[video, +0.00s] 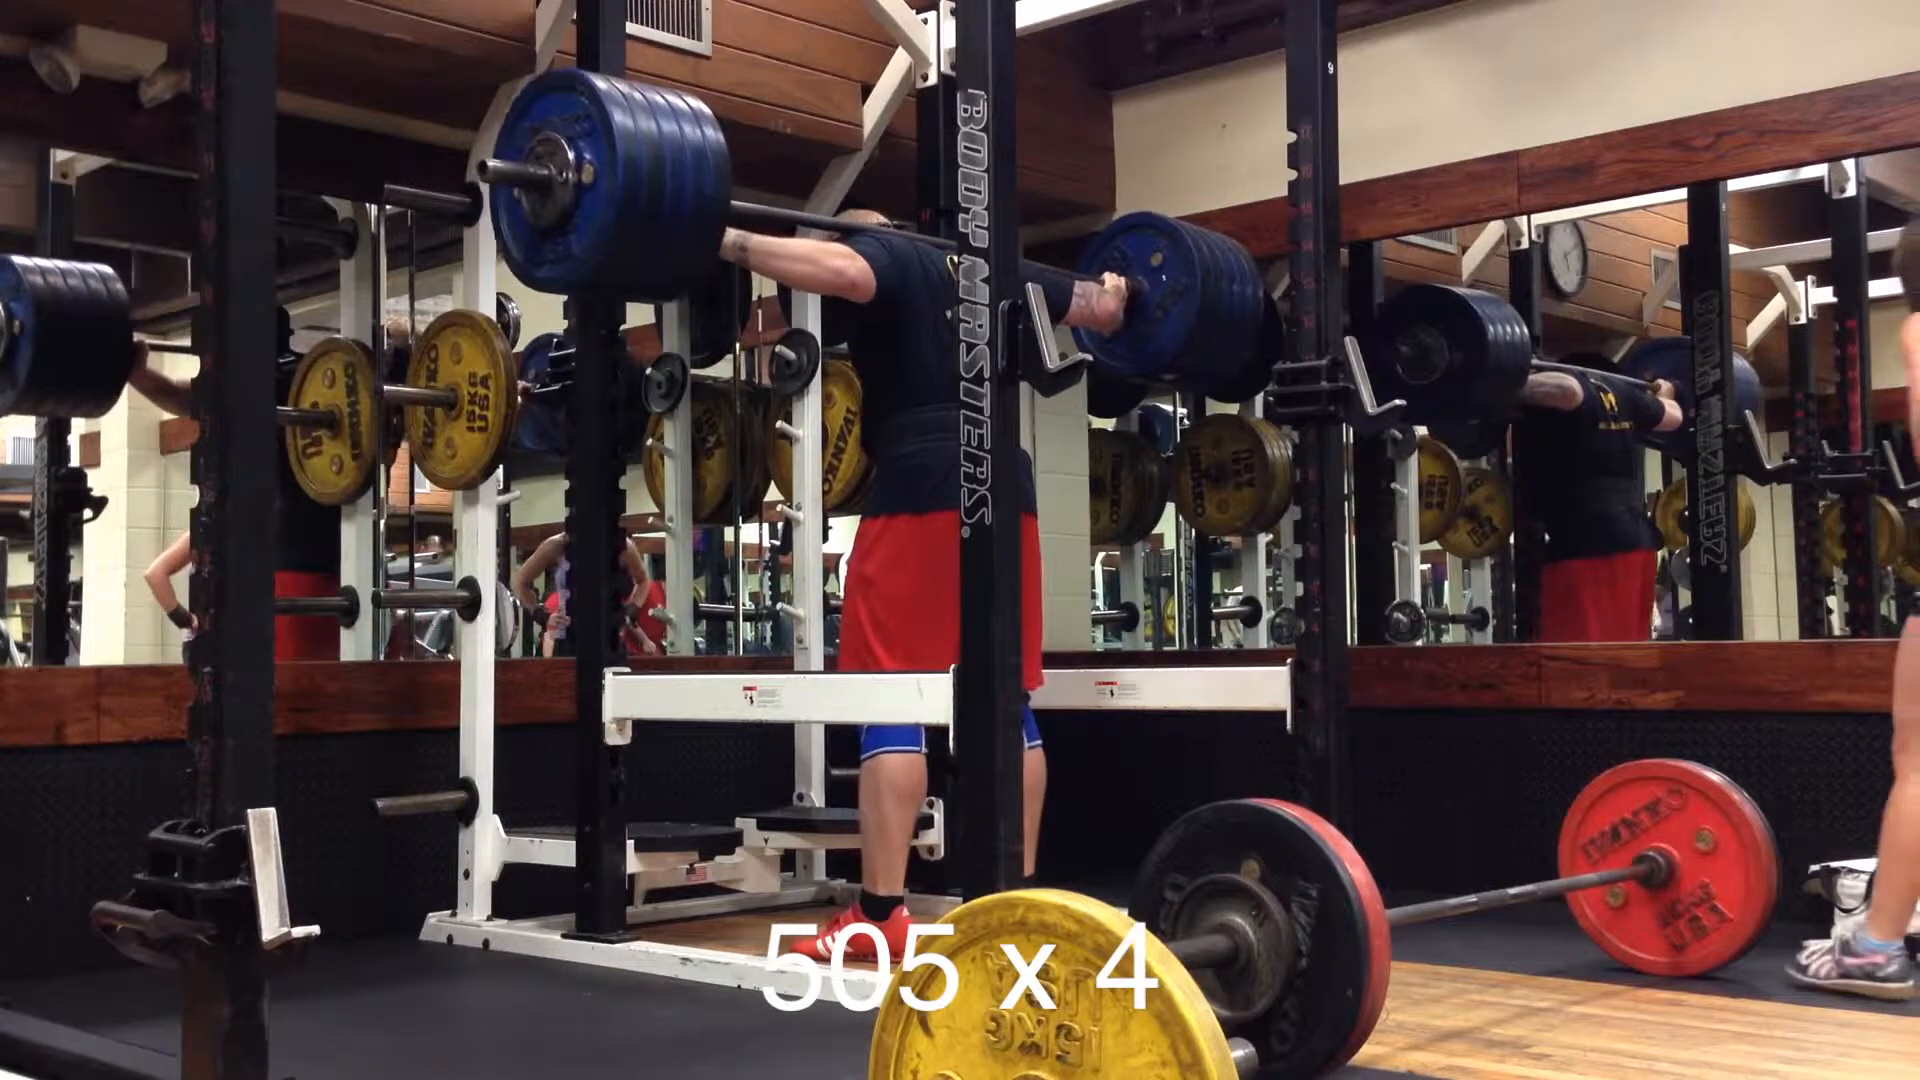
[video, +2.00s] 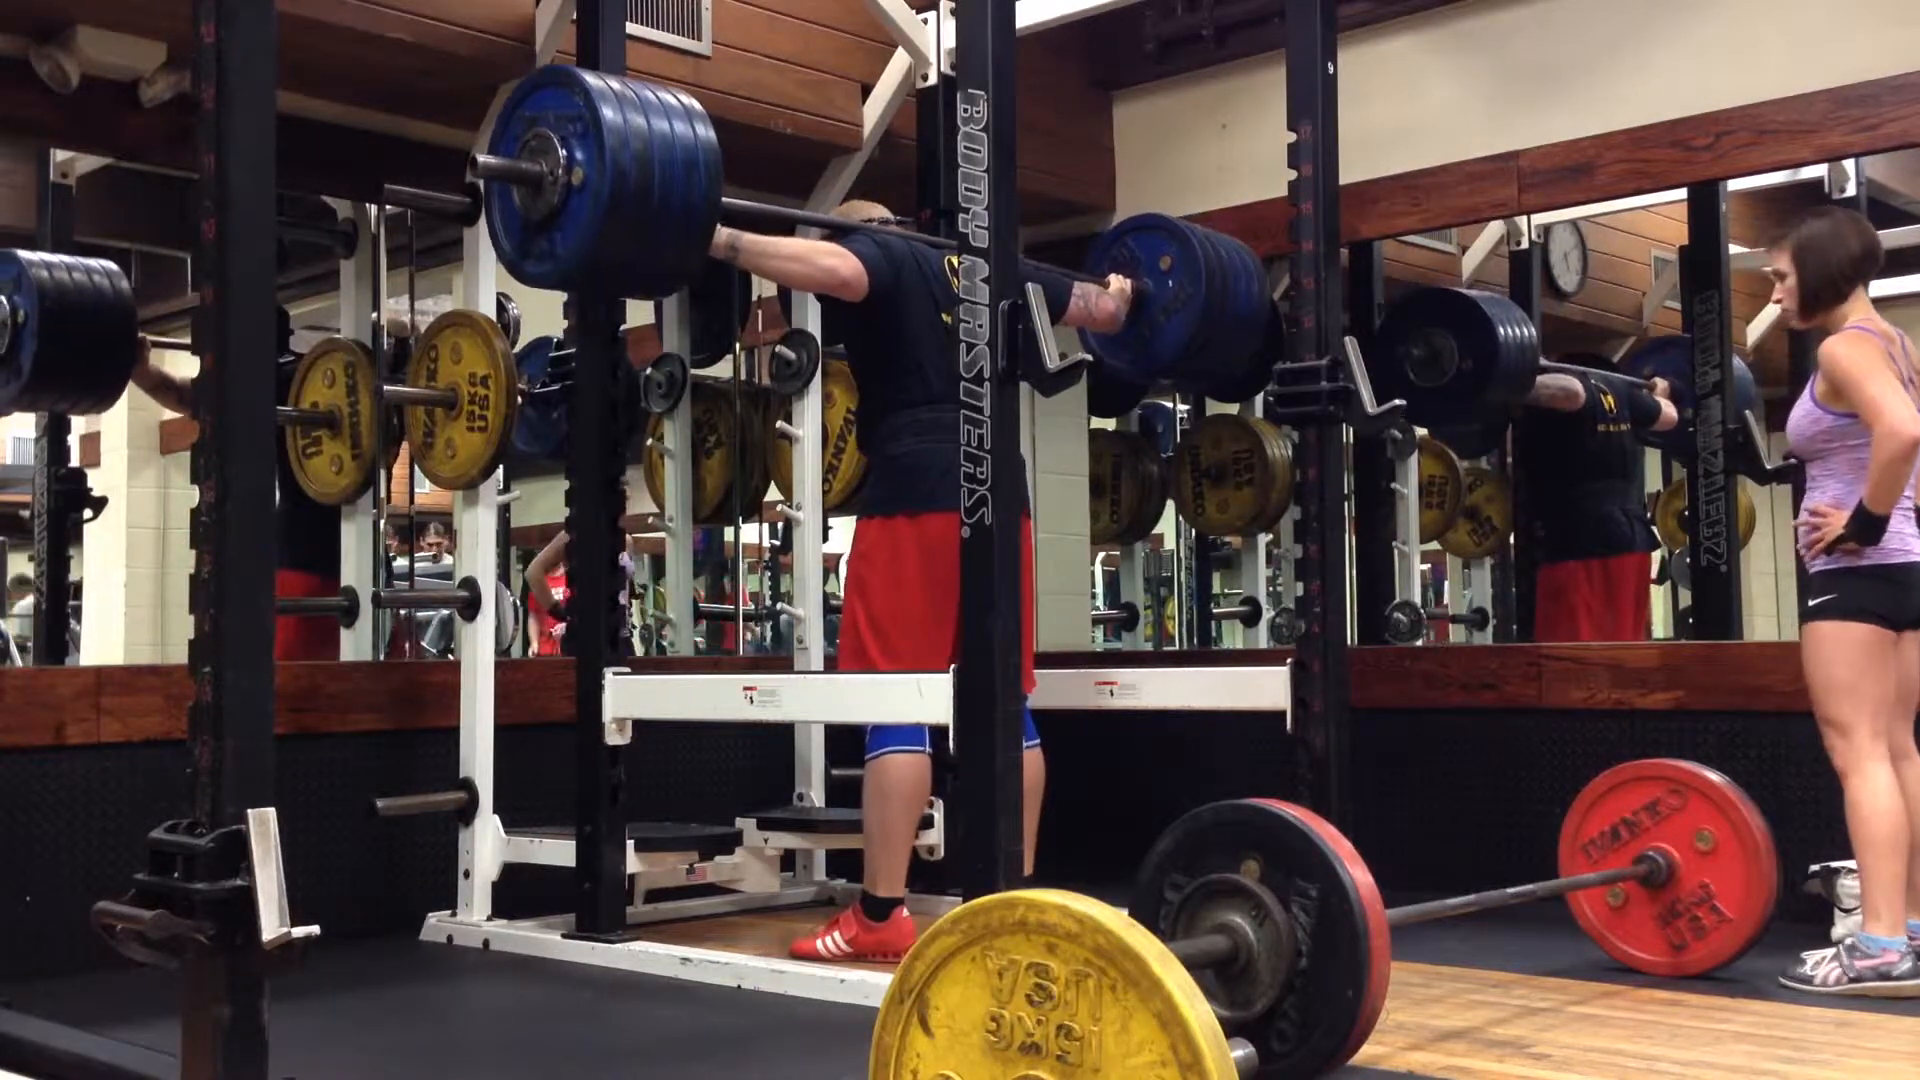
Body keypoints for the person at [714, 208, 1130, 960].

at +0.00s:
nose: (835, 254)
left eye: (833, 245)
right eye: (833, 247)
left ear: (856, 240)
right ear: (902, 226)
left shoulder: (886, 252)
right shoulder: (989, 268)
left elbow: (846, 270)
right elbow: (1098, 307)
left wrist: (730, 241)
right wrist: (1114, 291)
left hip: (918, 498)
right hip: (1007, 498)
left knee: (893, 709)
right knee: (1011, 711)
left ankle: (882, 909)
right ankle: (1016, 901)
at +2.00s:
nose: (832, 250)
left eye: (831, 241)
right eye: (830, 242)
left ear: (853, 235)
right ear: (902, 223)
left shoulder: (878, 249)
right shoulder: (987, 266)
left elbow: (840, 270)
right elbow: (1097, 308)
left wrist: (724, 239)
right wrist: (1120, 289)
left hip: (916, 500)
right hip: (1002, 501)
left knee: (897, 707)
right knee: (1007, 710)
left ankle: (882, 910)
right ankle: (1013, 904)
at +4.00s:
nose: (843, 312)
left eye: (844, 299)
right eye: (843, 301)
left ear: (865, 287)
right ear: (910, 279)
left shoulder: (875, 316)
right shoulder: (977, 327)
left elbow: (834, 344)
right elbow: (1092, 356)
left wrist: (716, 318)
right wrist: (1113, 347)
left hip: (953, 535)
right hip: (1052, 536)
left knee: (842, 704)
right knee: (1004, 717)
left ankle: (875, 911)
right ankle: (1014, 899)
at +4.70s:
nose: (840, 416)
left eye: (843, 407)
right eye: (839, 408)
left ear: (857, 400)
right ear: (907, 394)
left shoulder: (866, 432)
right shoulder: (977, 438)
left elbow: (829, 467)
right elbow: (1090, 470)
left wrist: (715, 442)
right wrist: (1110, 440)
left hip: (953, 629)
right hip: (1060, 628)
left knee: (792, 729)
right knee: (1005, 757)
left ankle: (873, 913)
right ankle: (1012, 900)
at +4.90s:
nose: (838, 450)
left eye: (841, 438)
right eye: (837, 440)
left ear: (862, 427)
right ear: (904, 426)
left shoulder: (863, 466)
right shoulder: (975, 470)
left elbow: (826, 503)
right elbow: (1085, 502)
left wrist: (707, 483)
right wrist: (1105, 477)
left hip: (952, 660)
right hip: (1057, 659)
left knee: (779, 738)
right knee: (1003, 776)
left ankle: (872, 913)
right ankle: (1010, 910)